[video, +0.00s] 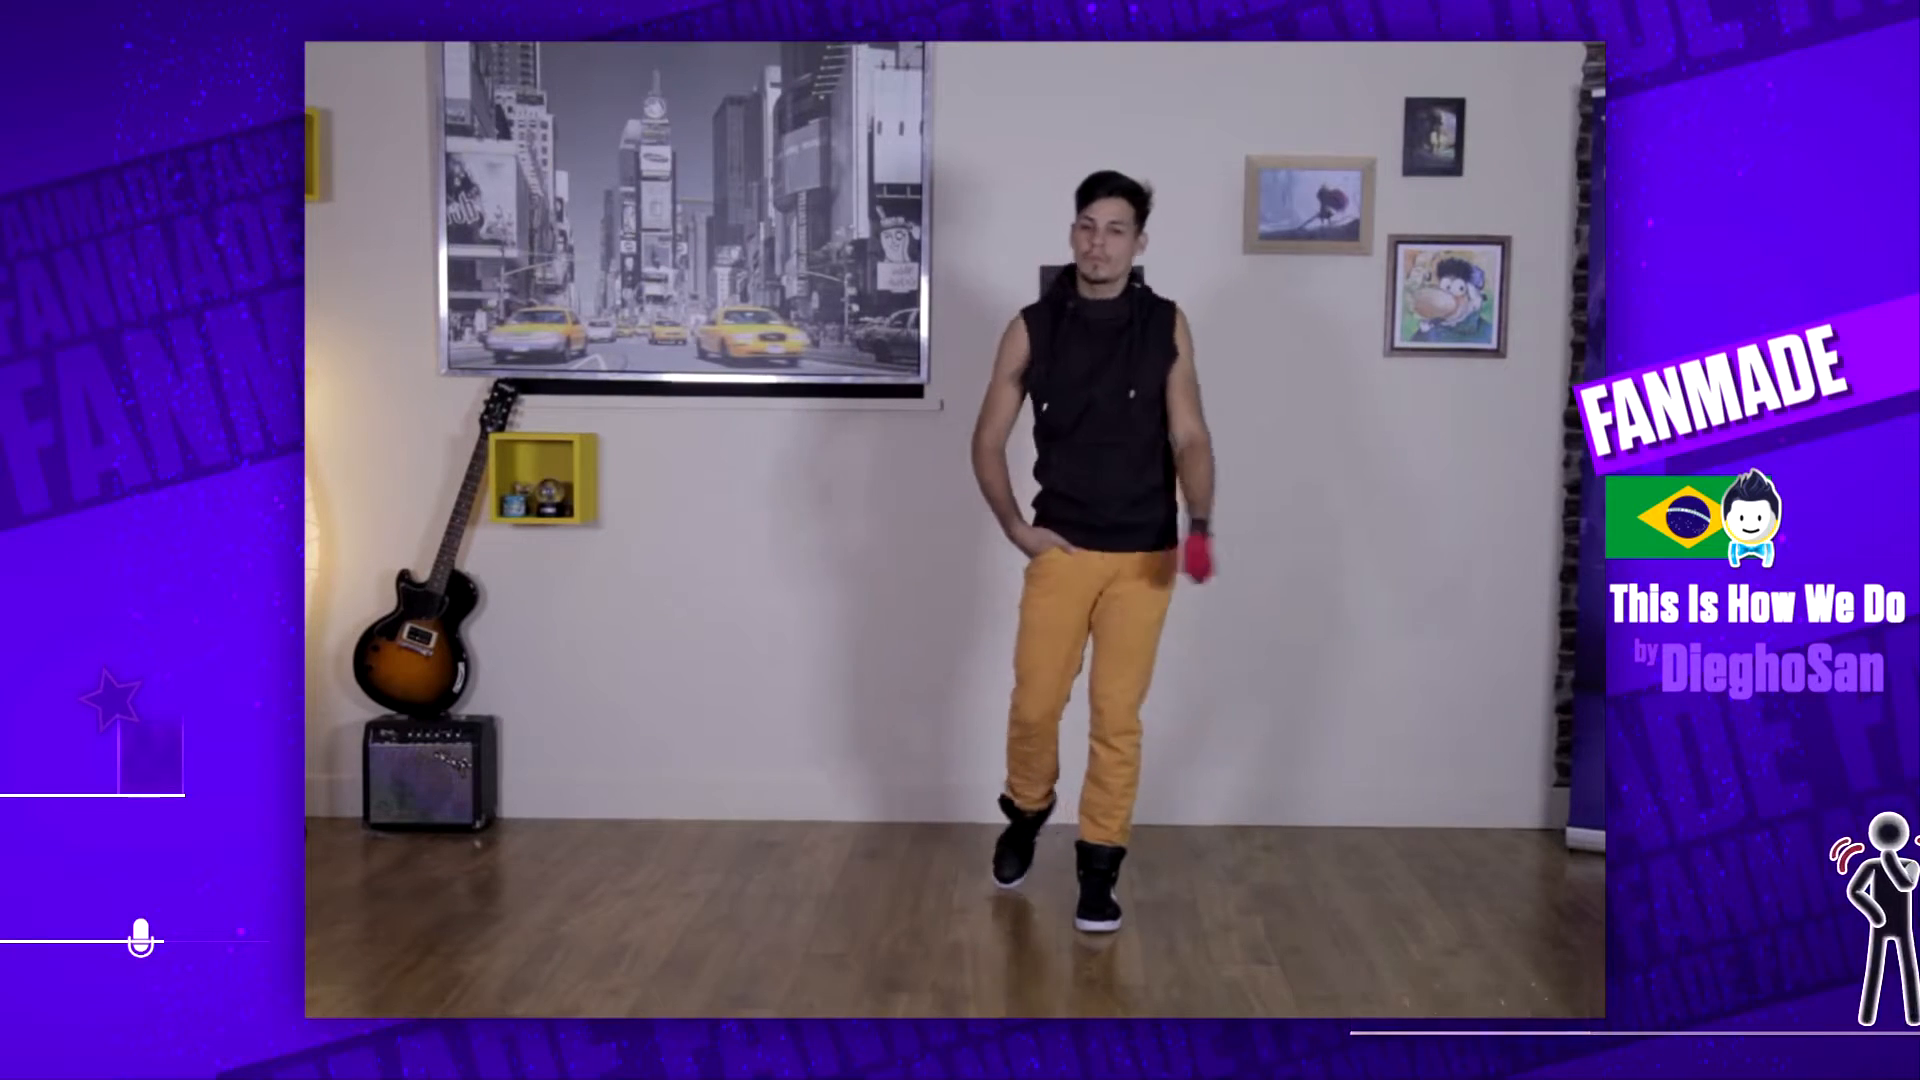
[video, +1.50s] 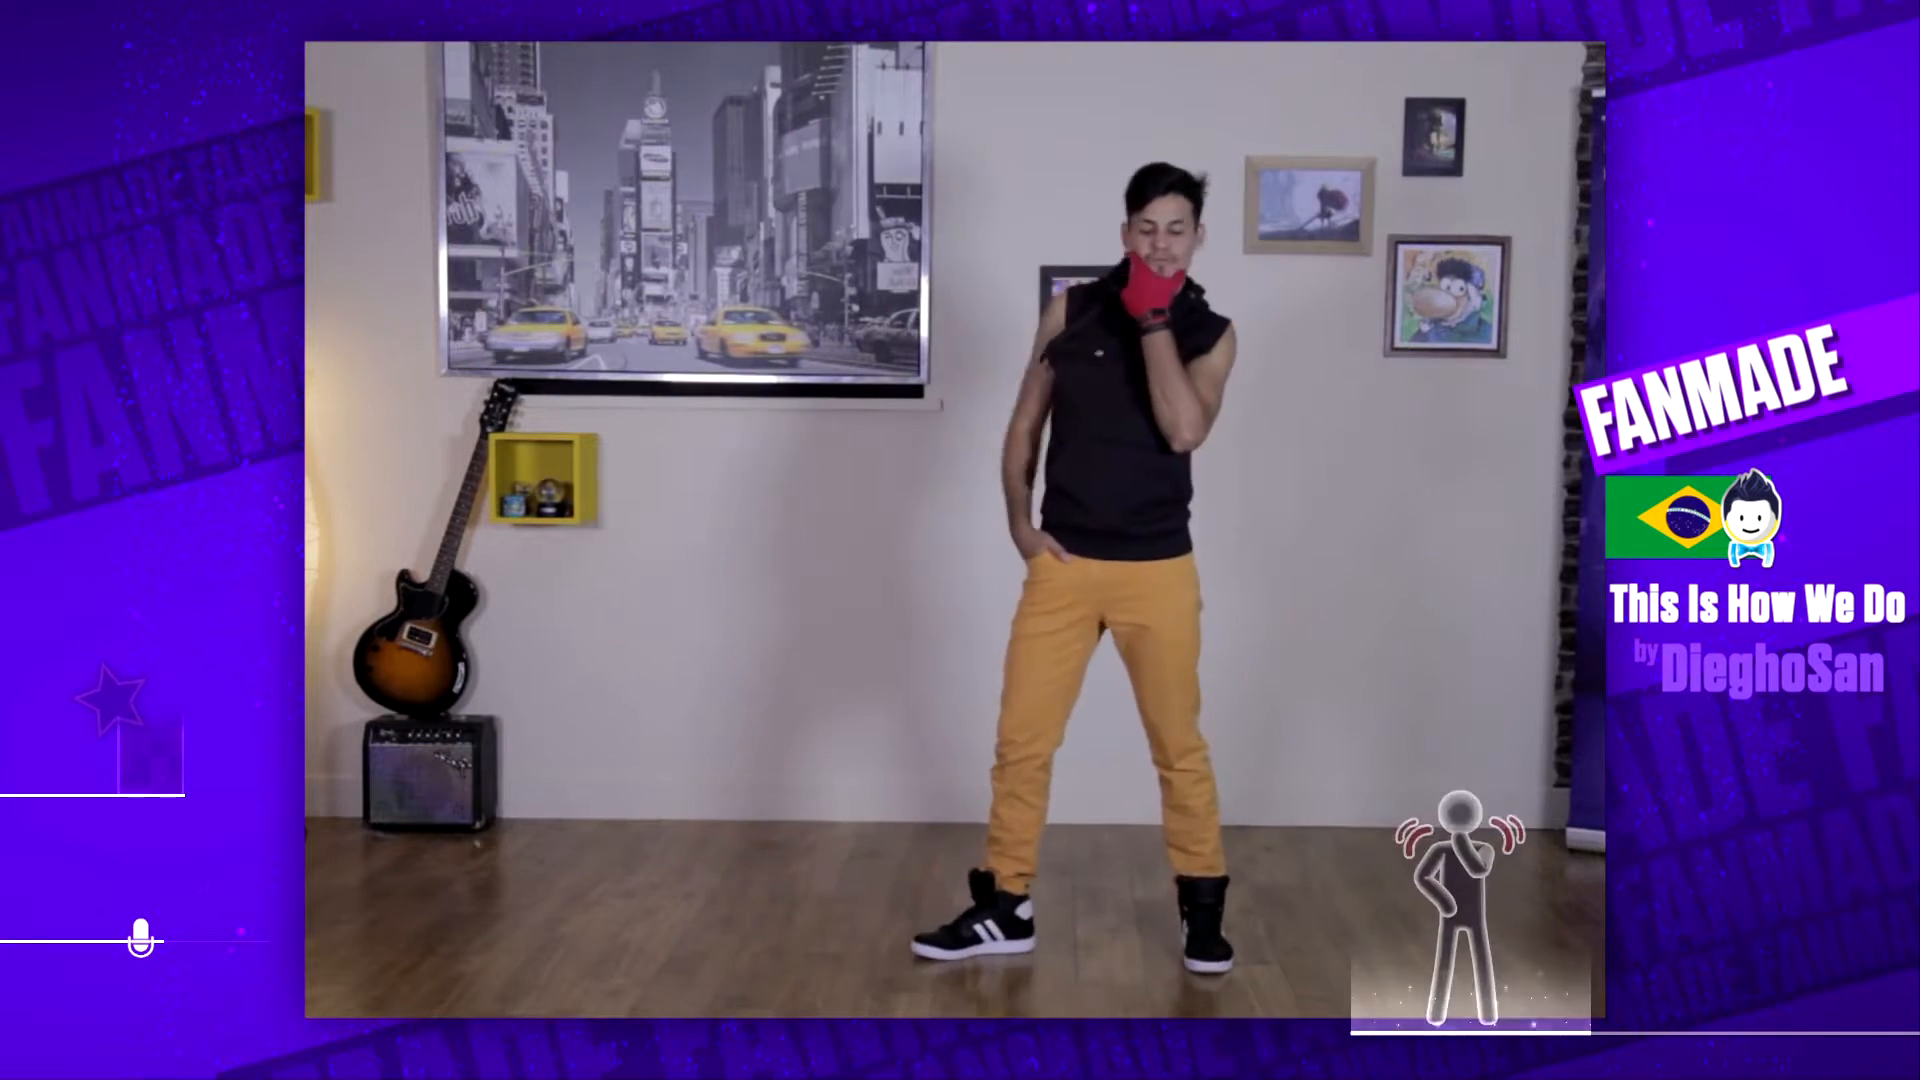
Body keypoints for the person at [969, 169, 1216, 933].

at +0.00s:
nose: (1098, 242)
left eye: (1115, 230)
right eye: (1088, 227)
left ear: (1138, 243)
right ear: (1071, 233)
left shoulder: (1166, 325)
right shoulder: (1034, 326)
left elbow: (1190, 435)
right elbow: (988, 441)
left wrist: (1199, 518)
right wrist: (1016, 527)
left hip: (1143, 557)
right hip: (1061, 550)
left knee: (1117, 718)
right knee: (1033, 707)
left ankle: (1101, 867)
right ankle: (1026, 815)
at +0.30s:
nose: (1127, 257)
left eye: (1145, 246)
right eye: (1118, 241)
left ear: (1171, 257)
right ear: (1105, 242)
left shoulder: (1173, 344)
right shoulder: (1053, 311)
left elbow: (1209, 456)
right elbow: (989, 425)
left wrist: (1256, 558)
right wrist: (1029, 524)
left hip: (1137, 557)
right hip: (1057, 551)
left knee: (1116, 718)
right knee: (1043, 711)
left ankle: (1100, 874)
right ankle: (1033, 859)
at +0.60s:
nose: (1116, 240)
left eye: (1134, 230)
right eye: (1107, 227)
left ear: (1162, 246)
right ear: (1092, 234)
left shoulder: (1163, 348)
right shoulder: (1043, 306)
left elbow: (1163, 462)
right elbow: (977, 420)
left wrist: (1171, 571)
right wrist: (1019, 524)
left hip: (1126, 561)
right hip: (1042, 553)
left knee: (1107, 726)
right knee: (1010, 722)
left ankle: (1096, 875)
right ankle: (969, 890)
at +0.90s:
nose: (1045, 231)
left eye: (1063, 220)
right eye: (1034, 217)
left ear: (1087, 236)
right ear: (1016, 229)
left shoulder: (1120, 330)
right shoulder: (975, 324)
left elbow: (1147, 459)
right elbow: (918, 440)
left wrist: (1085, 435)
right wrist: (966, 531)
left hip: (1103, 563)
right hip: (1009, 562)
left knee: (1138, 722)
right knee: (990, 733)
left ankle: (1126, 864)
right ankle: (966, 897)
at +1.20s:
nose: (1073, 252)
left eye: (1087, 239)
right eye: (1057, 238)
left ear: (1103, 239)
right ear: (1029, 239)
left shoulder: (1125, 302)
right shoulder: (1010, 335)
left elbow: (1106, 410)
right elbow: (973, 449)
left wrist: (1051, 318)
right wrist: (986, 523)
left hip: (1122, 567)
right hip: (1029, 563)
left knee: (1158, 739)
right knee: (995, 736)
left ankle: (1200, 904)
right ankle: (975, 900)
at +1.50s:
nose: (1160, 244)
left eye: (1176, 230)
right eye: (1147, 229)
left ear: (1199, 239)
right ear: (1124, 232)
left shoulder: (1210, 333)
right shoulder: (1071, 313)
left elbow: (1184, 429)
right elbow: (1025, 428)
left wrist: (1153, 320)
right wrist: (1021, 523)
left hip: (1156, 573)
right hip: (1062, 565)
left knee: (1177, 747)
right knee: (1020, 744)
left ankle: (1202, 909)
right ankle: (1005, 908)